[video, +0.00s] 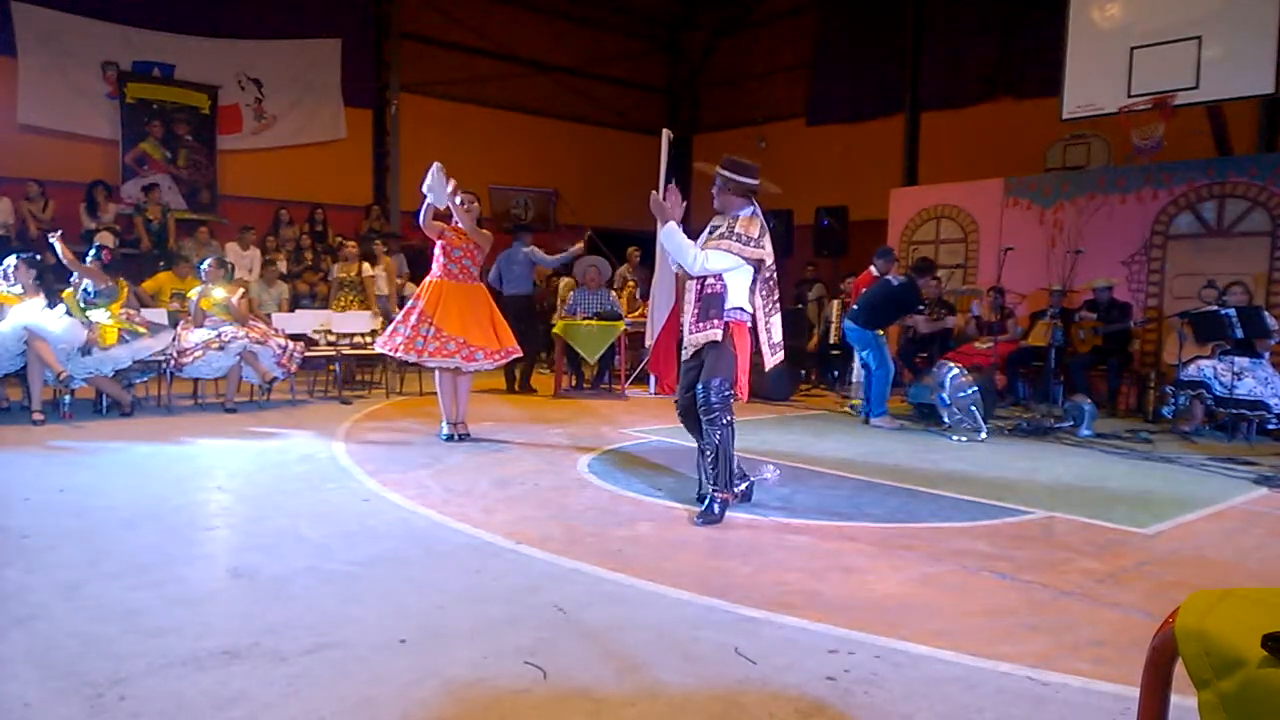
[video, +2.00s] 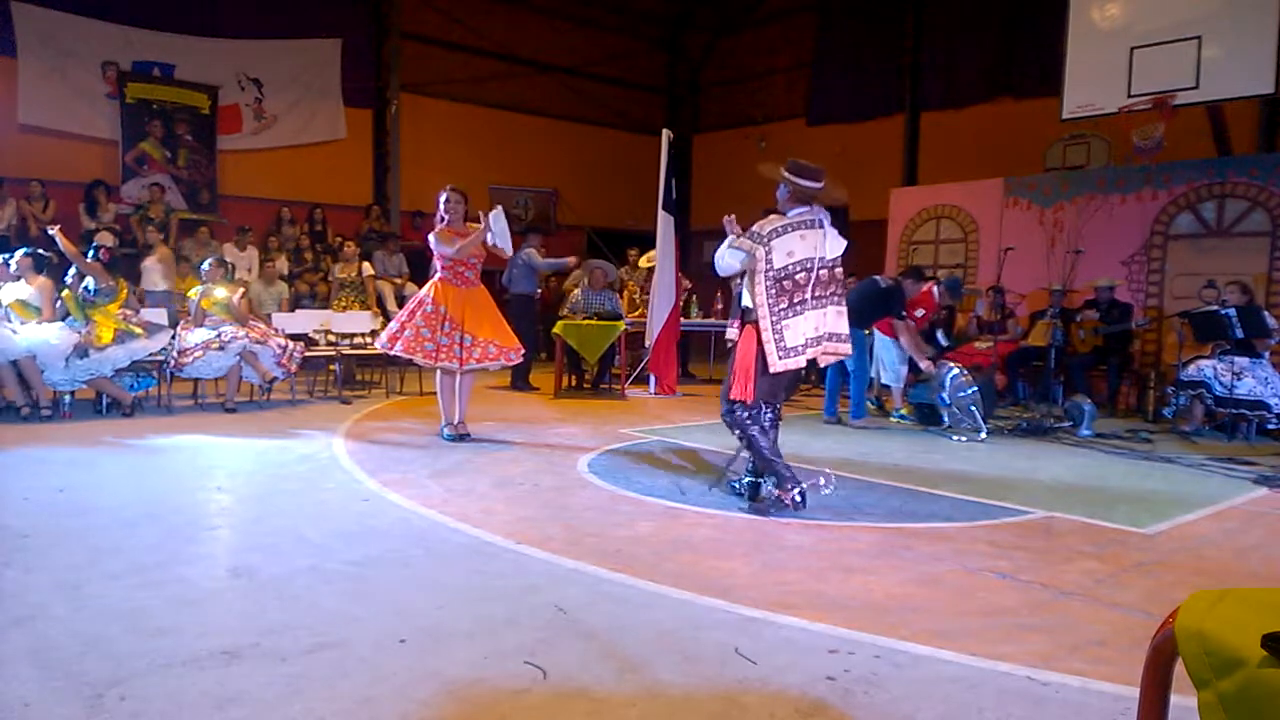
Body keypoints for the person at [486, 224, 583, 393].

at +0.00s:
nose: (531, 240)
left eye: (530, 237)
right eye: (530, 237)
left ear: (514, 238)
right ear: (526, 238)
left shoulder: (503, 256)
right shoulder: (529, 251)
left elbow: (491, 279)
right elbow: (550, 262)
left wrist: (506, 289)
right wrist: (573, 252)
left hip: (507, 299)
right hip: (525, 298)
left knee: (509, 339)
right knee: (532, 340)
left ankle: (510, 382)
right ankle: (525, 381)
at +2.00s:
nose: (541, 242)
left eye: (540, 238)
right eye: (539, 238)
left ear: (526, 239)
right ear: (533, 238)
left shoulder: (514, 257)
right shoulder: (529, 252)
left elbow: (505, 280)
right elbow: (540, 265)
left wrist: (521, 289)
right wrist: (566, 262)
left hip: (515, 298)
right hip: (525, 298)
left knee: (521, 338)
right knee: (528, 339)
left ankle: (518, 377)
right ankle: (521, 378)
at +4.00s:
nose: (543, 244)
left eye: (543, 240)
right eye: (541, 240)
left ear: (529, 240)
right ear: (535, 239)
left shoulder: (516, 256)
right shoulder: (531, 253)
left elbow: (507, 280)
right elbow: (540, 271)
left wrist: (525, 287)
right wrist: (565, 278)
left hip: (516, 298)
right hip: (527, 299)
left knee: (523, 337)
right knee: (530, 338)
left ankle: (518, 376)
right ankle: (522, 377)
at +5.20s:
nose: (550, 251)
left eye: (551, 247)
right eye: (549, 246)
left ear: (536, 244)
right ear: (542, 245)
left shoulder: (519, 256)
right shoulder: (536, 258)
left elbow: (507, 276)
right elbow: (530, 278)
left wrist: (520, 286)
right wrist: (548, 295)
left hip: (516, 299)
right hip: (528, 299)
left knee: (521, 338)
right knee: (529, 339)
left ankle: (517, 376)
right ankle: (523, 377)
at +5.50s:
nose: (564, 260)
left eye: (565, 257)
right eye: (564, 256)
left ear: (553, 251)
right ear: (556, 253)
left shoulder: (532, 259)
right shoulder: (546, 260)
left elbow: (517, 274)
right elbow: (533, 275)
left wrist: (530, 289)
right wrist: (547, 297)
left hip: (519, 297)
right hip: (528, 298)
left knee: (529, 340)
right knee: (531, 341)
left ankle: (535, 376)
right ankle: (524, 378)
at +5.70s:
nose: (573, 262)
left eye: (574, 258)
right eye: (572, 258)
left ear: (565, 257)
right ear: (565, 256)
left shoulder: (554, 267)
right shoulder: (552, 261)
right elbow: (536, 273)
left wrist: (549, 296)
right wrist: (549, 294)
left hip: (535, 299)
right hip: (527, 298)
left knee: (538, 339)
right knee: (531, 339)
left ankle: (537, 377)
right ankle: (523, 379)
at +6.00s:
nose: (579, 263)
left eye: (580, 260)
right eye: (578, 258)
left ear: (573, 259)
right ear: (571, 256)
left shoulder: (563, 270)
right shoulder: (557, 260)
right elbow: (539, 271)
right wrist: (551, 292)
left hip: (540, 300)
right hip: (530, 298)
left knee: (540, 341)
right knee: (529, 339)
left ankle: (538, 377)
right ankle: (519, 377)